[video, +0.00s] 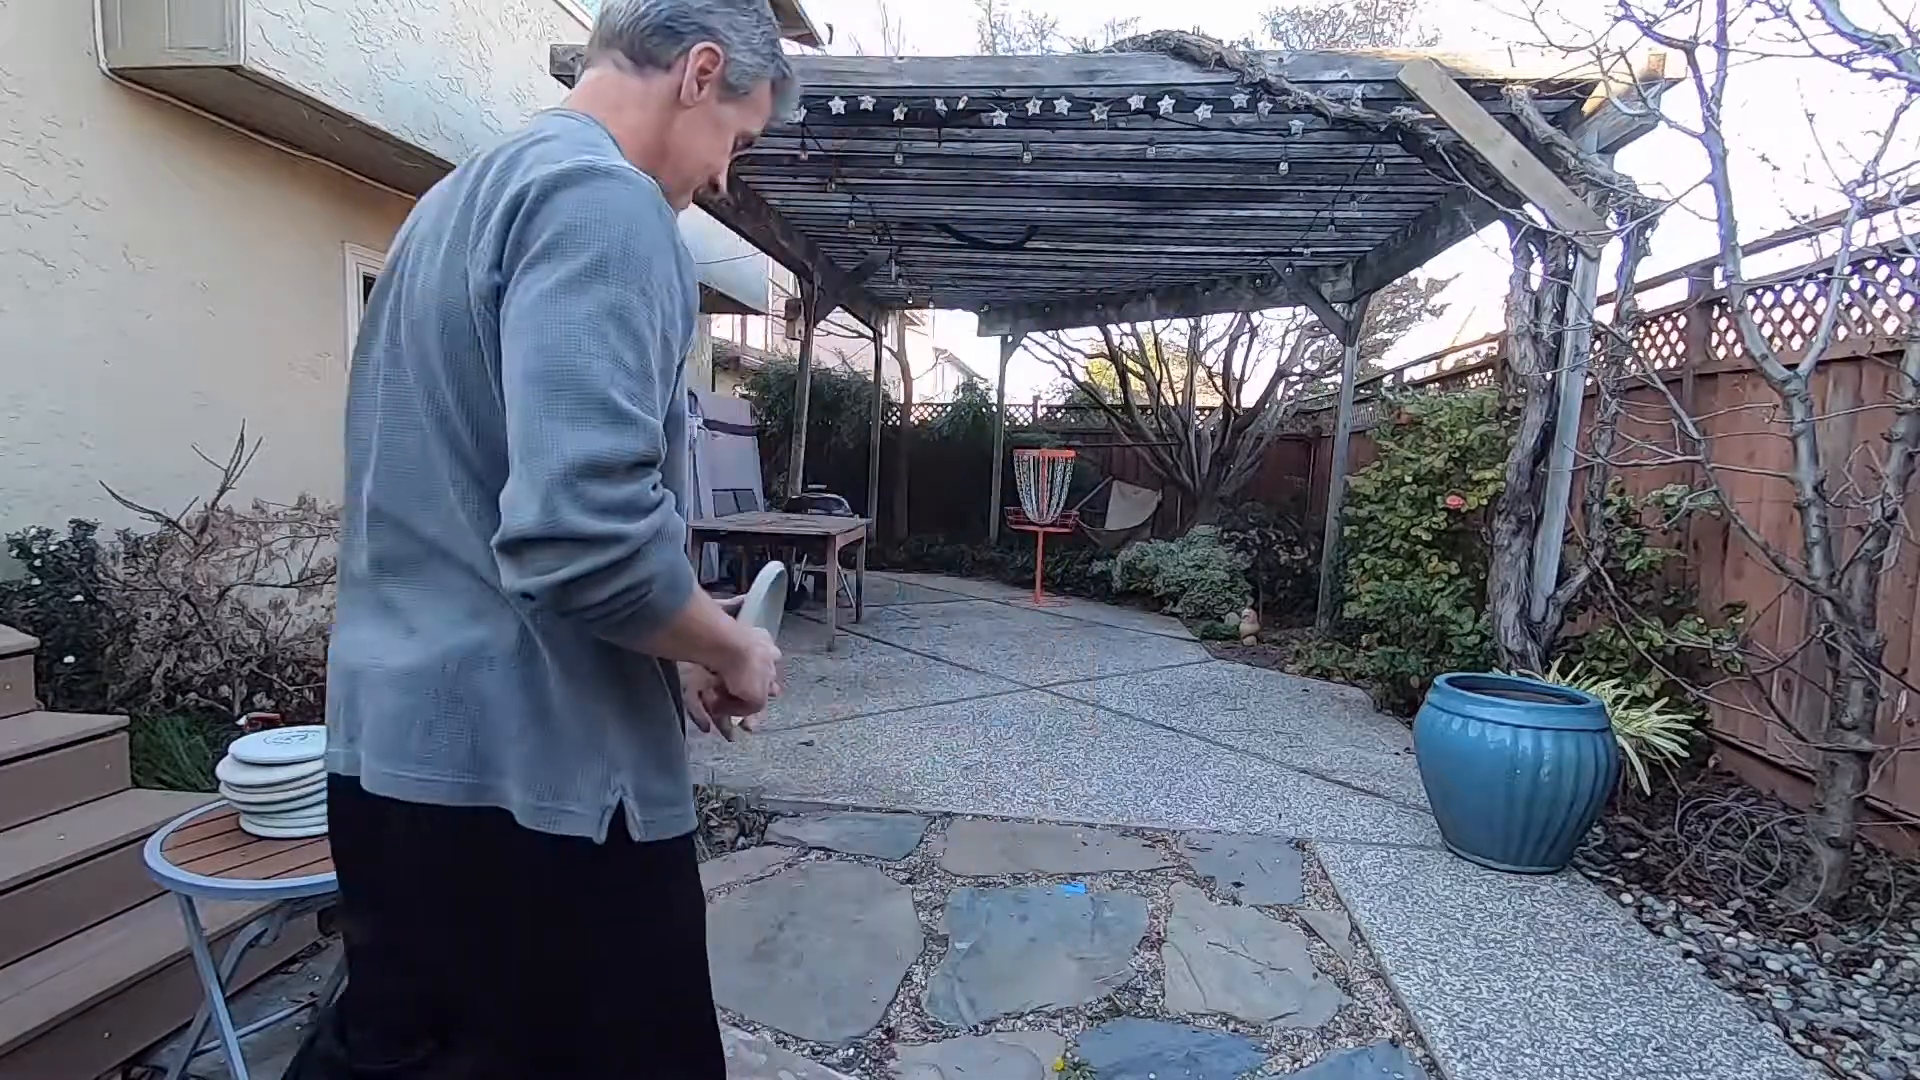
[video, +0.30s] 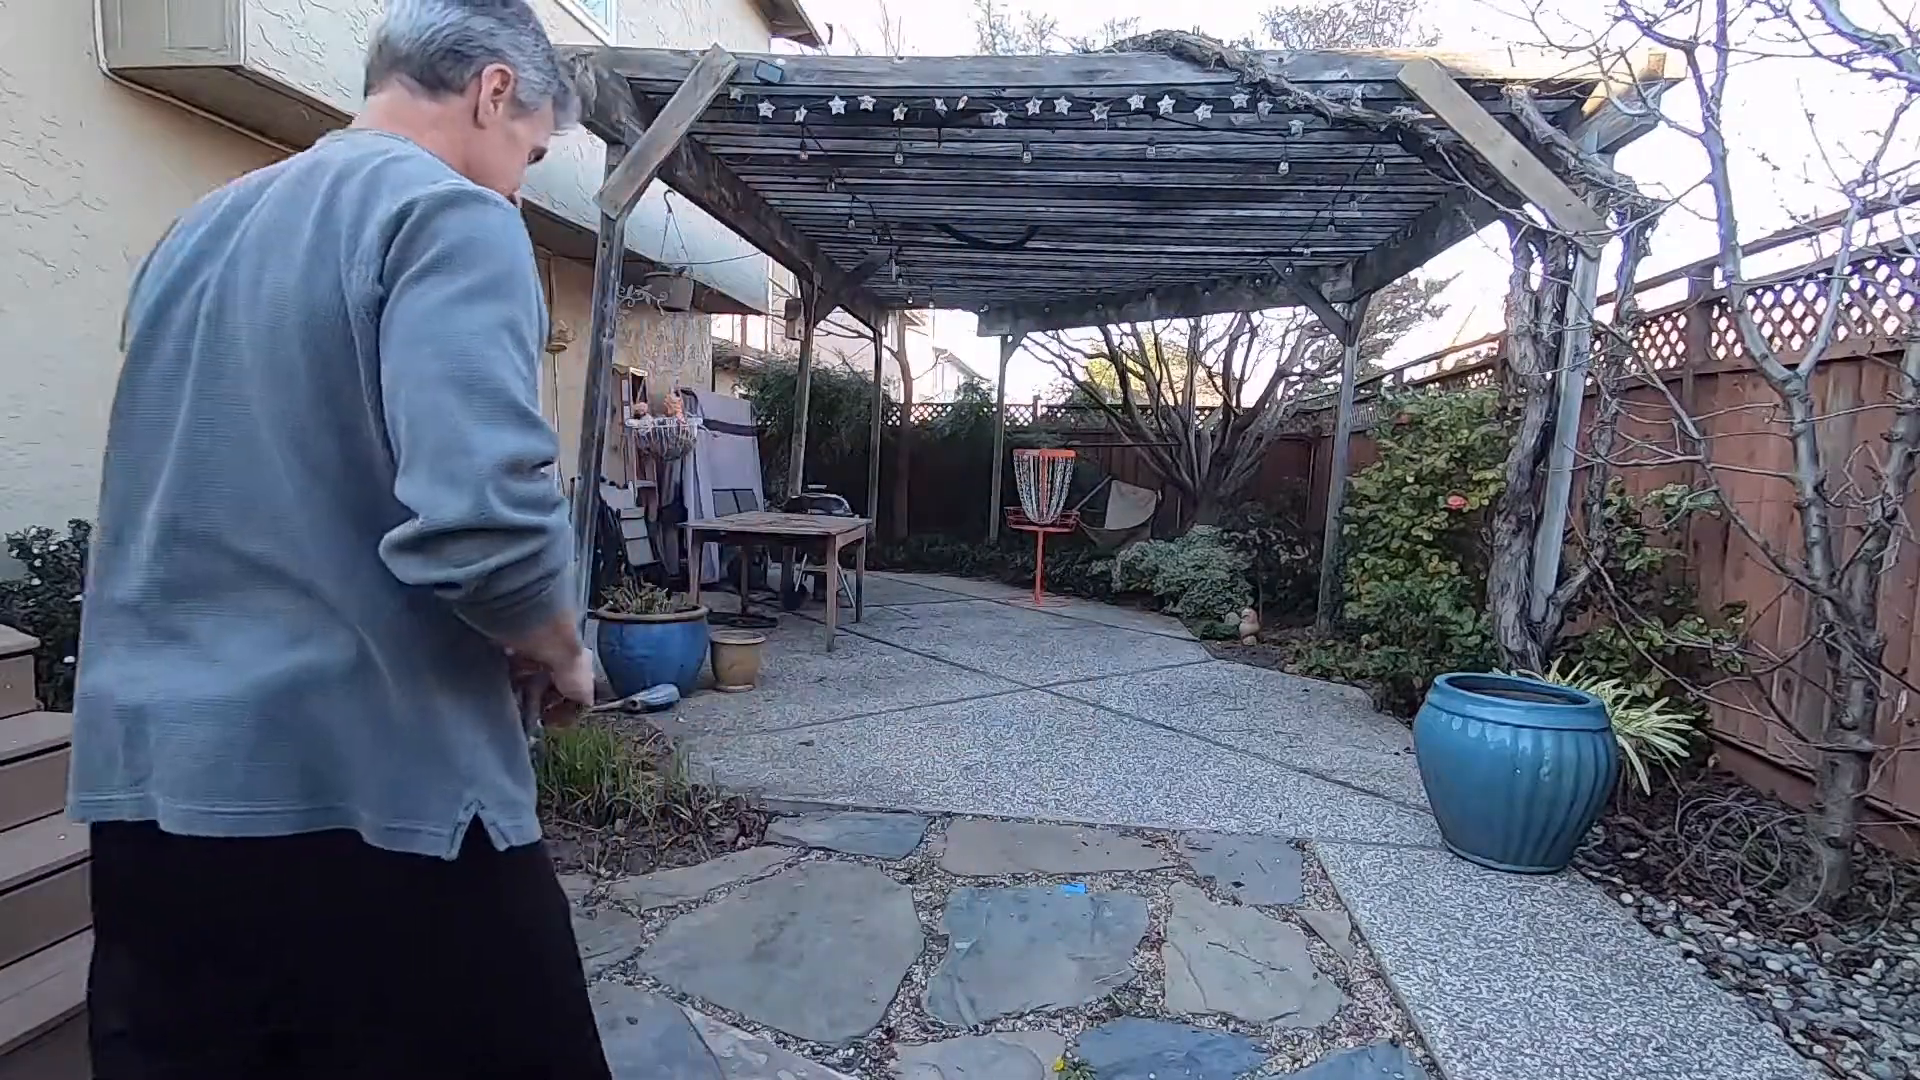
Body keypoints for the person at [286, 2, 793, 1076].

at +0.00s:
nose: (724, 174)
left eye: (741, 146)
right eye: (738, 136)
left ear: (607, 64)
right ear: (698, 72)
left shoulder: (460, 193)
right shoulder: (601, 198)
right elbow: (580, 531)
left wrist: (663, 649)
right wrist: (725, 641)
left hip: (396, 769)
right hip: (540, 789)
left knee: (397, 1052)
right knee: (642, 1064)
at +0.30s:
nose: (520, 186)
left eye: (536, 163)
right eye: (531, 153)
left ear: (379, 87)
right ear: (490, 93)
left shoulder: (195, 225)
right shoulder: (443, 209)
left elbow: (187, 507)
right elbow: (479, 513)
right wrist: (556, 646)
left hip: (146, 790)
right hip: (374, 797)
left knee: (166, 1065)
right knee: (524, 1064)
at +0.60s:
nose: (337, 163)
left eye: (350, 135)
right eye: (346, 126)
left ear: (178, 61)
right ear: (299, 59)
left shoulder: (13, 188)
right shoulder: (294, 193)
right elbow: (361, 506)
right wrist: (393, 631)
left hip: (19, 792)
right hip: (266, 791)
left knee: (59, 1061)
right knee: (392, 1055)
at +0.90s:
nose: (305, 143)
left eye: (311, 113)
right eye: (309, 107)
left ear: (130, 70)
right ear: (264, 58)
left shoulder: (9, 199)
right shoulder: (306, 202)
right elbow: (432, 490)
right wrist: (411, 620)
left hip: (26, 792)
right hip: (289, 780)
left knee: (78, 1066)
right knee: (433, 1060)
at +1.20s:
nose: (471, 194)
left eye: (476, 168)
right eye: (473, 161)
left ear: (326, 131)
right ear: (432, 129)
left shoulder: (158, 287)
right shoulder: (476, 279)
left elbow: (65, 557)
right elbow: (554, 541)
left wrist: (221, 605)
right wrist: (483, 658)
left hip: (185, 805)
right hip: (430, 804)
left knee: (175, 1066)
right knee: (515, 1065)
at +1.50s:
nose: (631, 205)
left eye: (636, 185)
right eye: (635, 179)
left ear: (517, 149)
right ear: (609, 150)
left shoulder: (370, 270)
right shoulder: (648, 294)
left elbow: (280, 504)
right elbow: (731, 524)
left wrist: (394, 541)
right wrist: (638, 573)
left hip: (388, 705)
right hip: (570, 710)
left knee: (357, 1002)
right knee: (605, 998)